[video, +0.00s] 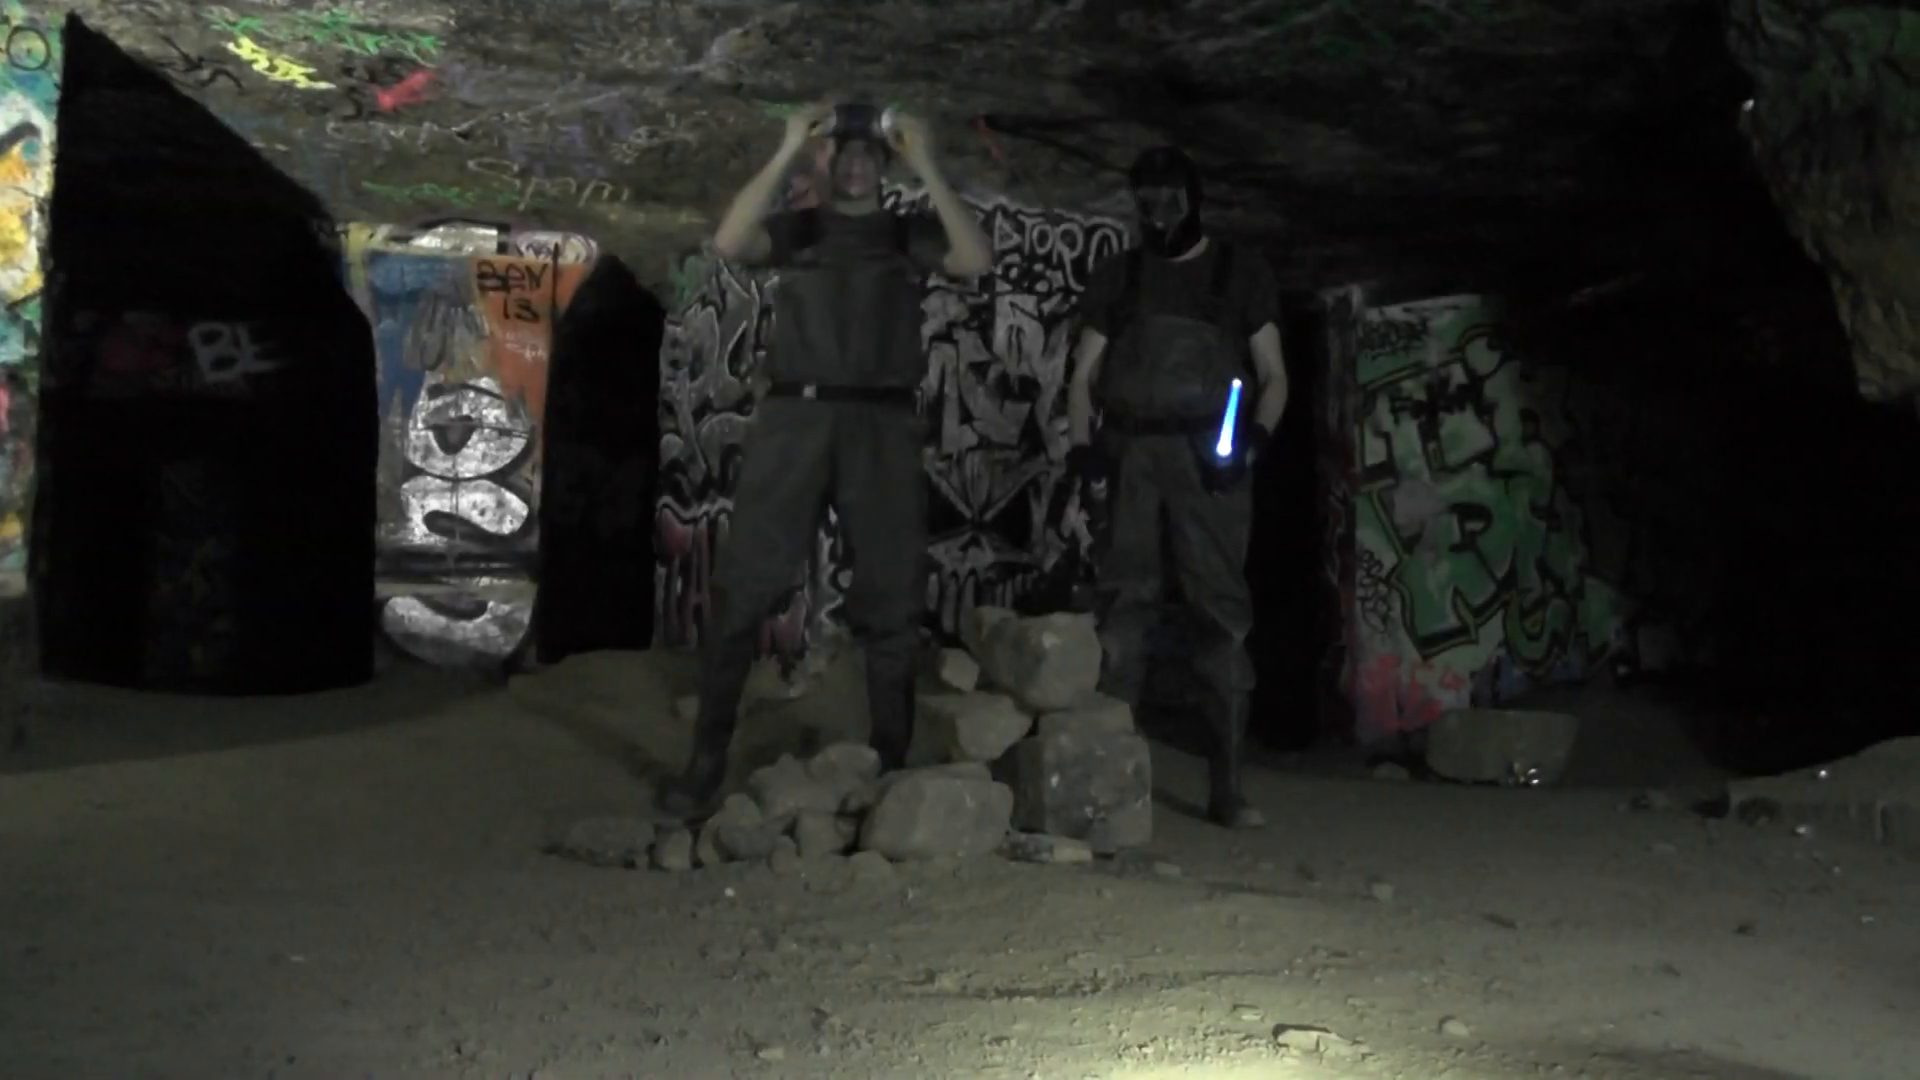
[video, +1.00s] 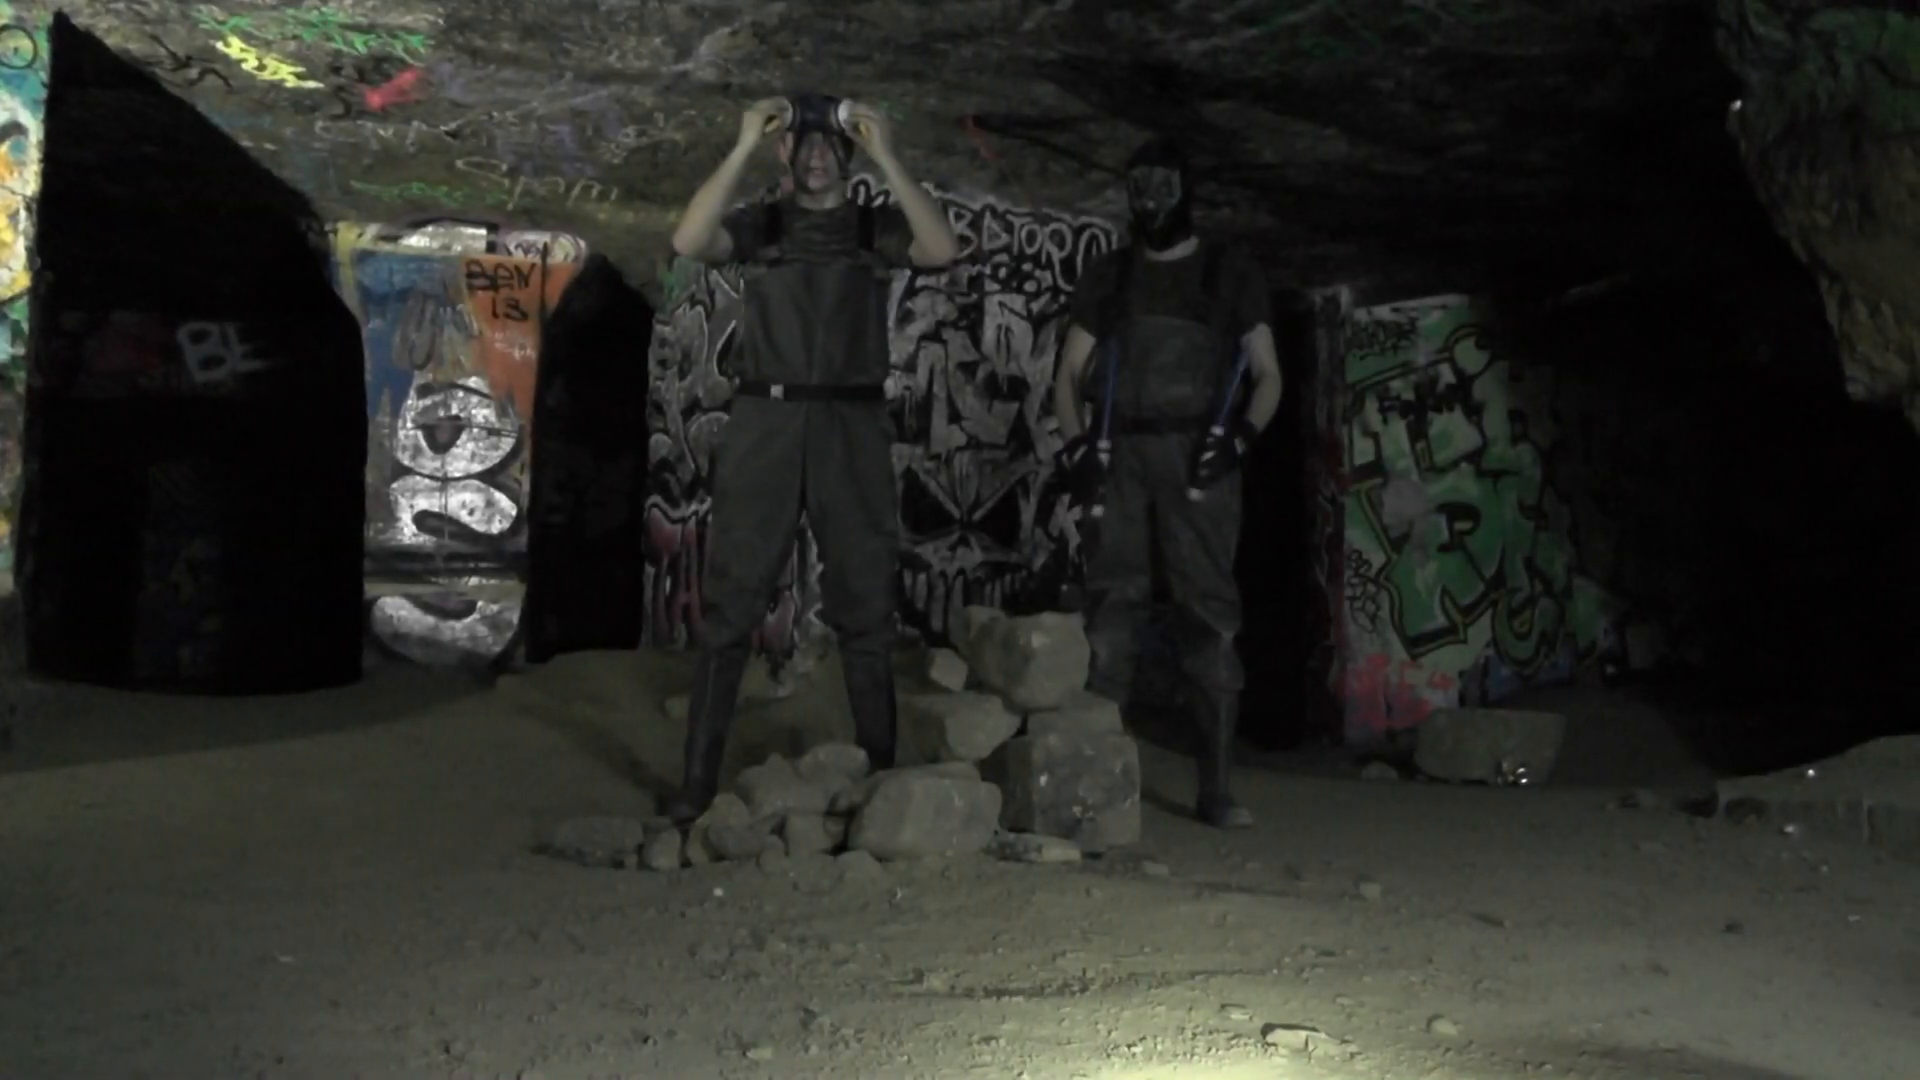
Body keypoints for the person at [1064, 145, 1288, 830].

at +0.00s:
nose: (1156, 216)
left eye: (1167, 203)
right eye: (1146, 205)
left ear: (1193, 202)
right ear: (1134, 207)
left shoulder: (1236, 272)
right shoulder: (1121, 274)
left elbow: (1273, 377)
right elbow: (1083, 372)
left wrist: (1247, 447)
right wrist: (1085, 442)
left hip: (1211, 466)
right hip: (1131, 465)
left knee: (1220, 615)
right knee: (1124, 612)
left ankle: (1227, 784)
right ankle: (1110, 776)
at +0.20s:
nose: (1161, 218)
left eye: (1172, 204)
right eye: (1149, 206)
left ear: (1194, 205)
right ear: (1133, 208)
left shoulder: (1233, 275)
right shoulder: (1116, 275)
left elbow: (1270, 378)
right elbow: (1078, 378)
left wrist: (1246, 442)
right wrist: (1088, 452)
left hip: (1209, 464)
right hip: (1127, 466)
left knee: (1217, 617)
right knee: (1120, 614)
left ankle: (1224, 784)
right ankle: (1108, 777)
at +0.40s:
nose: (1160, 215)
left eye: (1172, 202)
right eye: (1149, 203)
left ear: (1194, 203)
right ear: (1134, 205)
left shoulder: (1232, 275)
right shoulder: (1116, 274)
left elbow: (1270, 378)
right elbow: (1075, 377)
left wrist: (1243, 438)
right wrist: (1088, 449)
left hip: (1207, 468)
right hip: (1127, 468)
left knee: (1215, 620)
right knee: (1117, 617)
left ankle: (1221, 787)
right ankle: (1104, 780)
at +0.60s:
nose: (1157, 206)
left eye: (1169, 192)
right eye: (1146, 193)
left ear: (1191, 195)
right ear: (1132, 198)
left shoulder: (1230, 273)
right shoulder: (1116, 273)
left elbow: (1271, 376)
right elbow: (1074, 373)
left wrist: (1242, 435)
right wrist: (1085, 443)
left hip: (1203, 468)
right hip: (1125, 466)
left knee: (1211, 619)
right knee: (1115, 615)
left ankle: (1218, 787)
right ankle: (1100, 780)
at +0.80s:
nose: (1154, 202)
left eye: (1166, 188)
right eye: (1143, 189)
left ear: (1190, 193)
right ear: (1130, 196)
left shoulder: (1229, 272)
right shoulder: (1115, 273)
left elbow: (1271, 377)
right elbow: (1070, 373)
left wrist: (1242, 439)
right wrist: (1078, 443)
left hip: (1201, 467)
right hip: (1122, 467)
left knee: (1210, 620)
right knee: (1114, 617)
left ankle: (1216, 788)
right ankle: (1100, 782)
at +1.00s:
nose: (1152, 200)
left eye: (1163, 185)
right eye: (1141, 186)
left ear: (1186, 192)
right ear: (1127, 194)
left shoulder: (1226, 272)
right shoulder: (1112, 274)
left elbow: (1268, 376)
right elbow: (1067, 372)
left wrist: (1238, 439)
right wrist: (1078, 447)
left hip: (1198, 469)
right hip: (1119, 471)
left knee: (1209, 619)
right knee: (1112, 617)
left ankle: (1216, 787)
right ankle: (1098, 781)